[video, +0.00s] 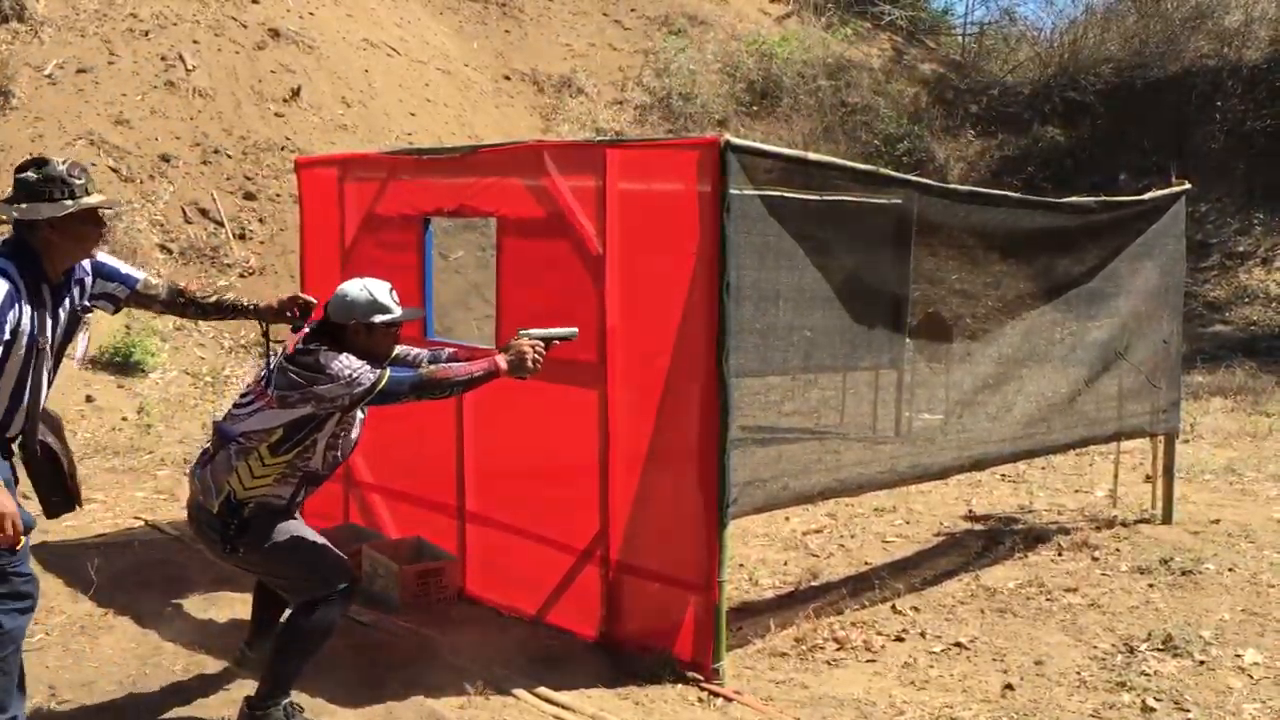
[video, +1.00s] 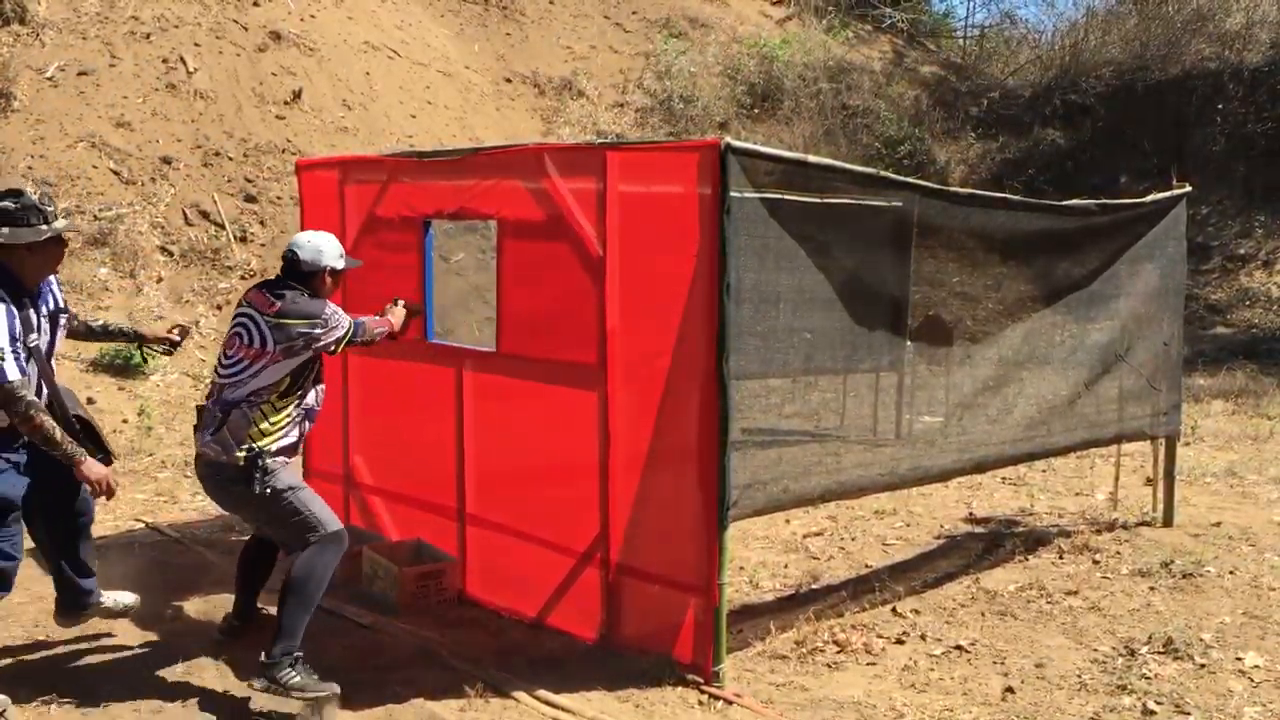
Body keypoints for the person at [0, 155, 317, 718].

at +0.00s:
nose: (103, 226)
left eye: (100, 215)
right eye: (90, 218)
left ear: (64, 226)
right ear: (49, 227)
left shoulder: (84, 271)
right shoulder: (7, 291)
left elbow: (177, 298)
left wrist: (265, 310)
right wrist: (3, 490)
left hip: (5, 454)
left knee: (15, 587)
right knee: (17, 589)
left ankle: (12, 701)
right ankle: (10, 706)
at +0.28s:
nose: (62, 230)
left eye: (61, 219)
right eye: (49, 221)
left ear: (38, 226)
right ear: (10, 229)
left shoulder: (52, 274)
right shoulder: (3, 293)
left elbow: (126, 293)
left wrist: (195, 297)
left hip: (25, 452)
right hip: (2, 459)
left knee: (18, 588)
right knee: (17, 590)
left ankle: (11, 702)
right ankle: (10, 704)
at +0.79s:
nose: (55, 234)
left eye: (53, 223)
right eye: (44, 225)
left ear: (19, 233)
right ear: (9, 233)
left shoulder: (37, 270)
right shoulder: (8, 290)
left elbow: (78, 308)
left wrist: (122, 308)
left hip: (10, 426)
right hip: (2, 430)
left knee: (34, 509)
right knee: (32, 510)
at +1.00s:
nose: (64, 248)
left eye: (61, 239)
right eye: (54, 241)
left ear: (28, 251)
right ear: (19, 252)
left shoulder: (44, 286)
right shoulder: (4, 312)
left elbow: (70, 325)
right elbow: (18, 402)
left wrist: (144, 337)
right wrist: (81, 460)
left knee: (70, 510)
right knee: (6, 561)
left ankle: (77, 599)